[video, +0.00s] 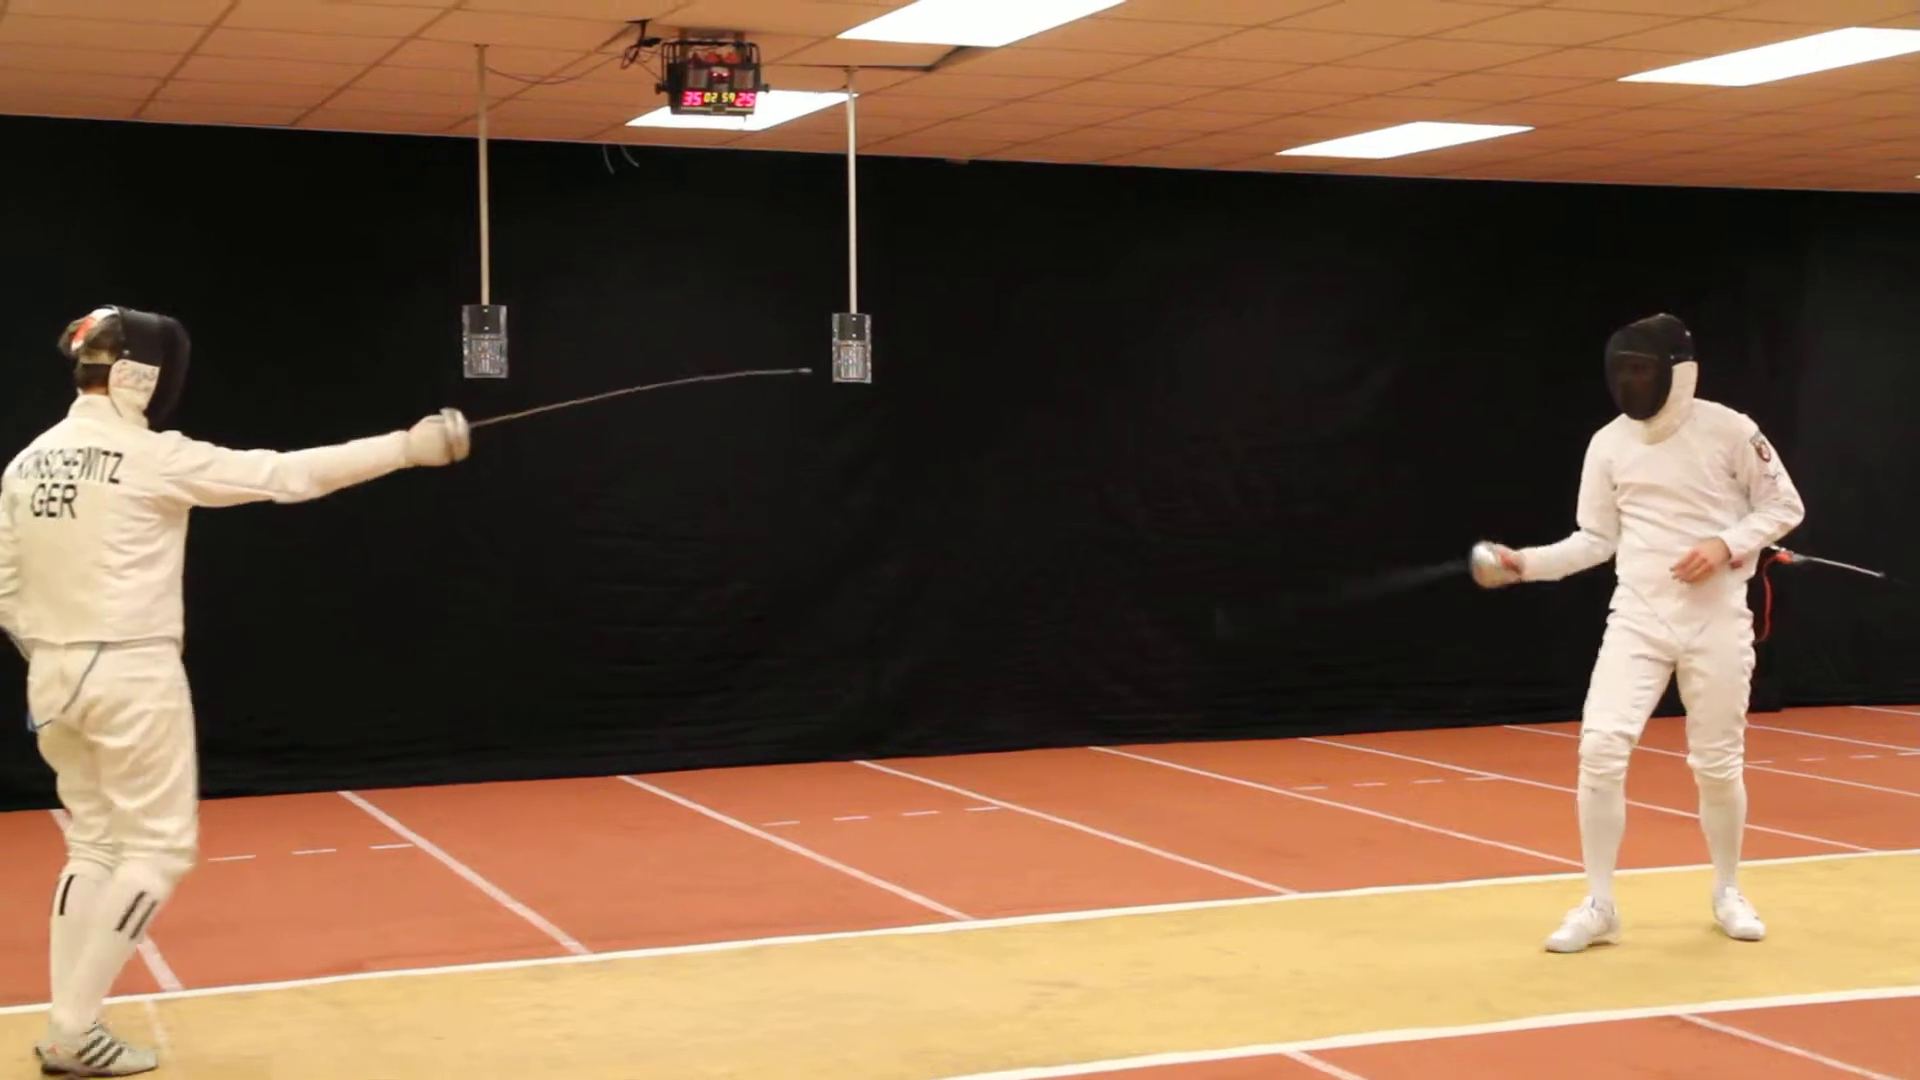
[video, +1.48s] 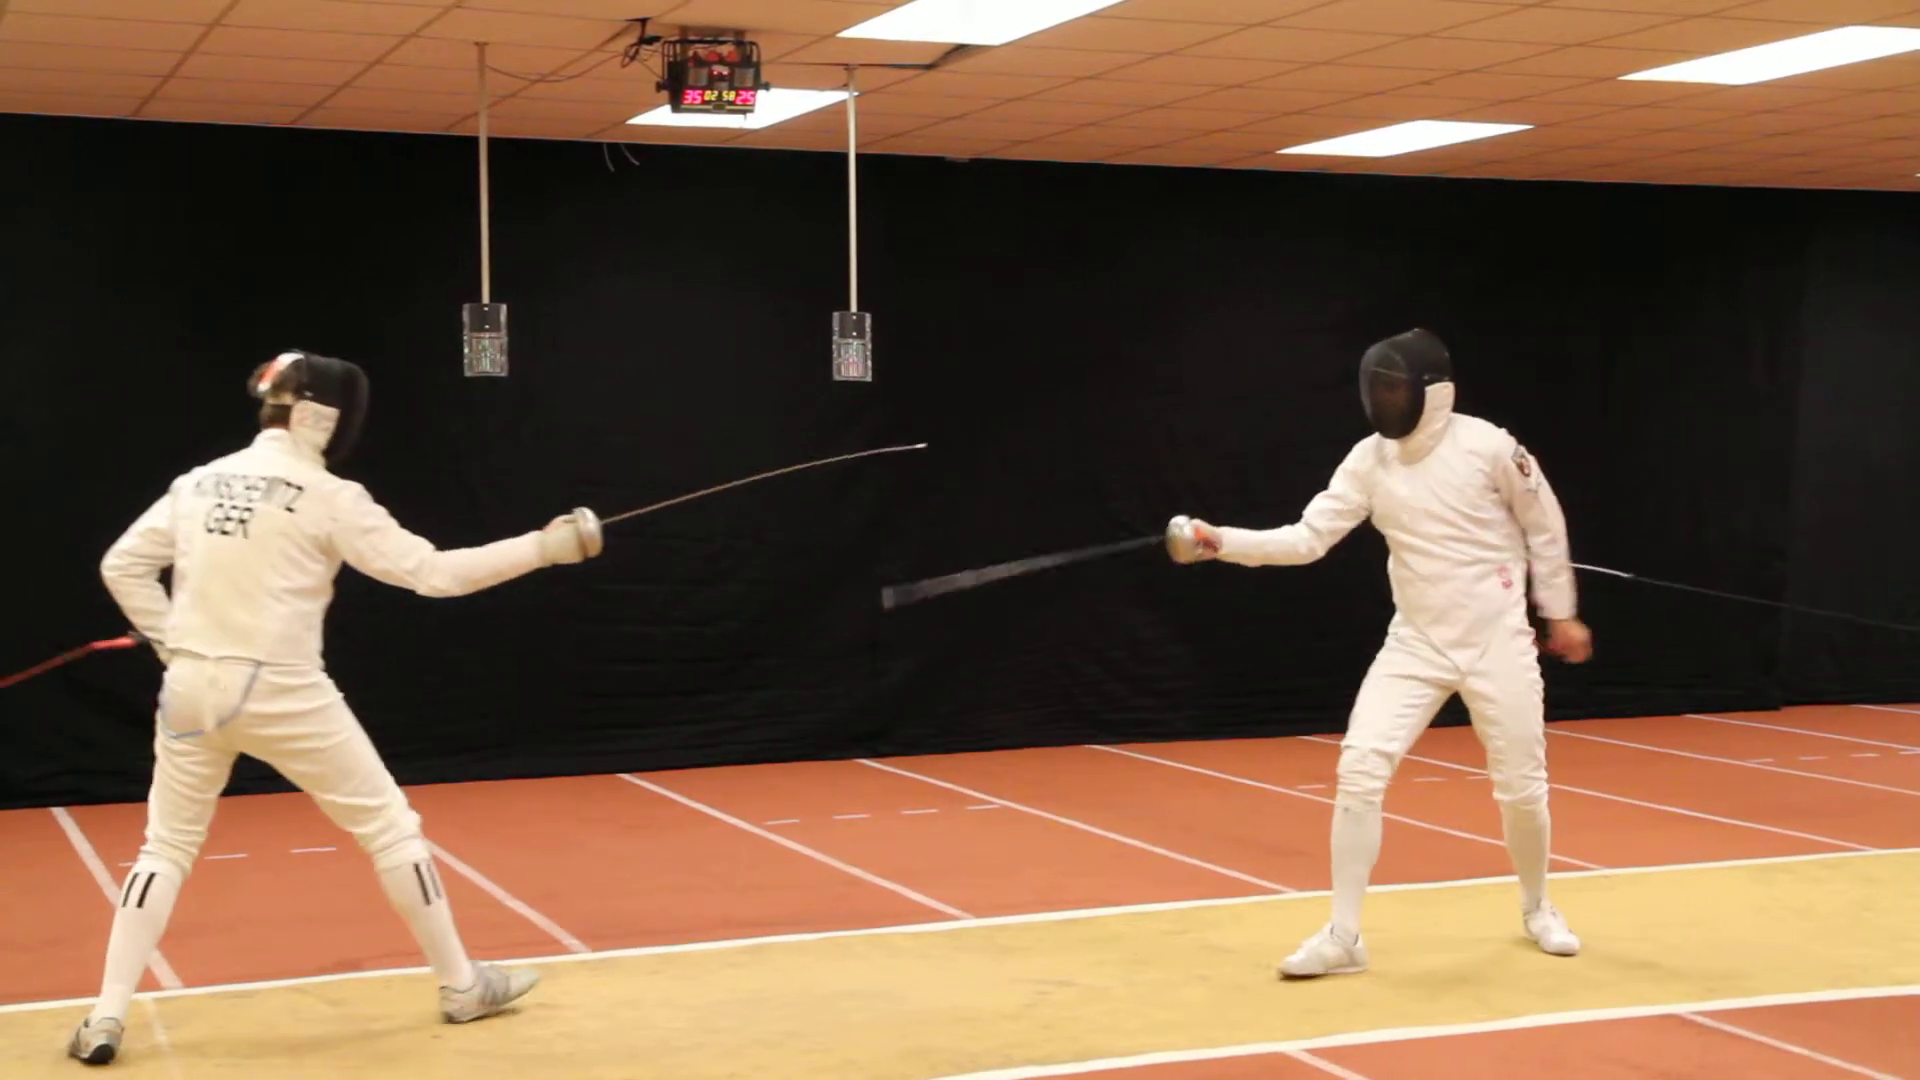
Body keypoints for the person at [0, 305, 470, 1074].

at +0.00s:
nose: (162, 392)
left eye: (163, 378)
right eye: (160, 378)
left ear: (83, 371)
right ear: (138, 376)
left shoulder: (21, 469)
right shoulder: (151, 456)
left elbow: (11, 598)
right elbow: (288, 474)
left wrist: (62, 660)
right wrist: (412, 444)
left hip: (52, 678)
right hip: (136, 675)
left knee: (92, 845)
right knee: (156, 847)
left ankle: (68, 1027)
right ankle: (73, 1027)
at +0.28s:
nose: (206, 399)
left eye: (205, 386)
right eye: (199, 385)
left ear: (129, 385)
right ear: (171, 387)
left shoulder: (68, 475)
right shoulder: (199, 465)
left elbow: (32, 589)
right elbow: (335, 491)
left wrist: (95, 660)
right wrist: (449, 449)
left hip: (102, 685)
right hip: (188, 675)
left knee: (120, 847)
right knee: (303, 810)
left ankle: (69, 1023)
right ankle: (284, 996)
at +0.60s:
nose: (342, 423)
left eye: (338, 410)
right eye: (334, 410)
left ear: (267, 413)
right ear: (312, 417)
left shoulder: (204, 493)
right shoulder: (334, 495)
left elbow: (154, 596)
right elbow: (462, 529)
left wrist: (213, 663)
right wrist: (571, 485)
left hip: (218, 700)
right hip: (313, 698)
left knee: (185, 857)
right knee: (427, 823)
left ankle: (83, 1015)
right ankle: (479, 984)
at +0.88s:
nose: (448, 414)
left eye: (442, 399)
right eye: (445, 400)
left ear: (389, 395)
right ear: (433, 405)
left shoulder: (312, 464)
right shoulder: (446, 485)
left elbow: (235, 541)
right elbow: (567, 534)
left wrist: (273, 621)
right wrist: (673, 502)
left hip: (291, 668)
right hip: (386, 676)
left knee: (251, 829)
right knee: (475, 812)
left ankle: (192, 1003)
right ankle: (482, 985)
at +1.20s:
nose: (437, 425)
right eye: (435, 413)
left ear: (364, 407)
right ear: (423, 417)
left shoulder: (293, 477)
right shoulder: (425, 491)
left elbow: (216, 556)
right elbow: (527, 564)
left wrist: (259, 634)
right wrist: (636, 532)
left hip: (277, 678)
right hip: (369, 681)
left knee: (223, 839)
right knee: (469, 814)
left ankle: (129, 997)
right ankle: (481, 983)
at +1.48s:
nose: (341, 427)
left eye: (340, 415)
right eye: (337, 415)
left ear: (268, 407)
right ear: (318, 415)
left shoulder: (197, 483)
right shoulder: (328, 495)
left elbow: (123, 566)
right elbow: (433, 572)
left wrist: (179, 644)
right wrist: (546, 544)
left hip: (190, 689)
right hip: (286, 691)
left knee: (165, 848)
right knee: (387, 827)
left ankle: (105, 1016)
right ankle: (462, 984)